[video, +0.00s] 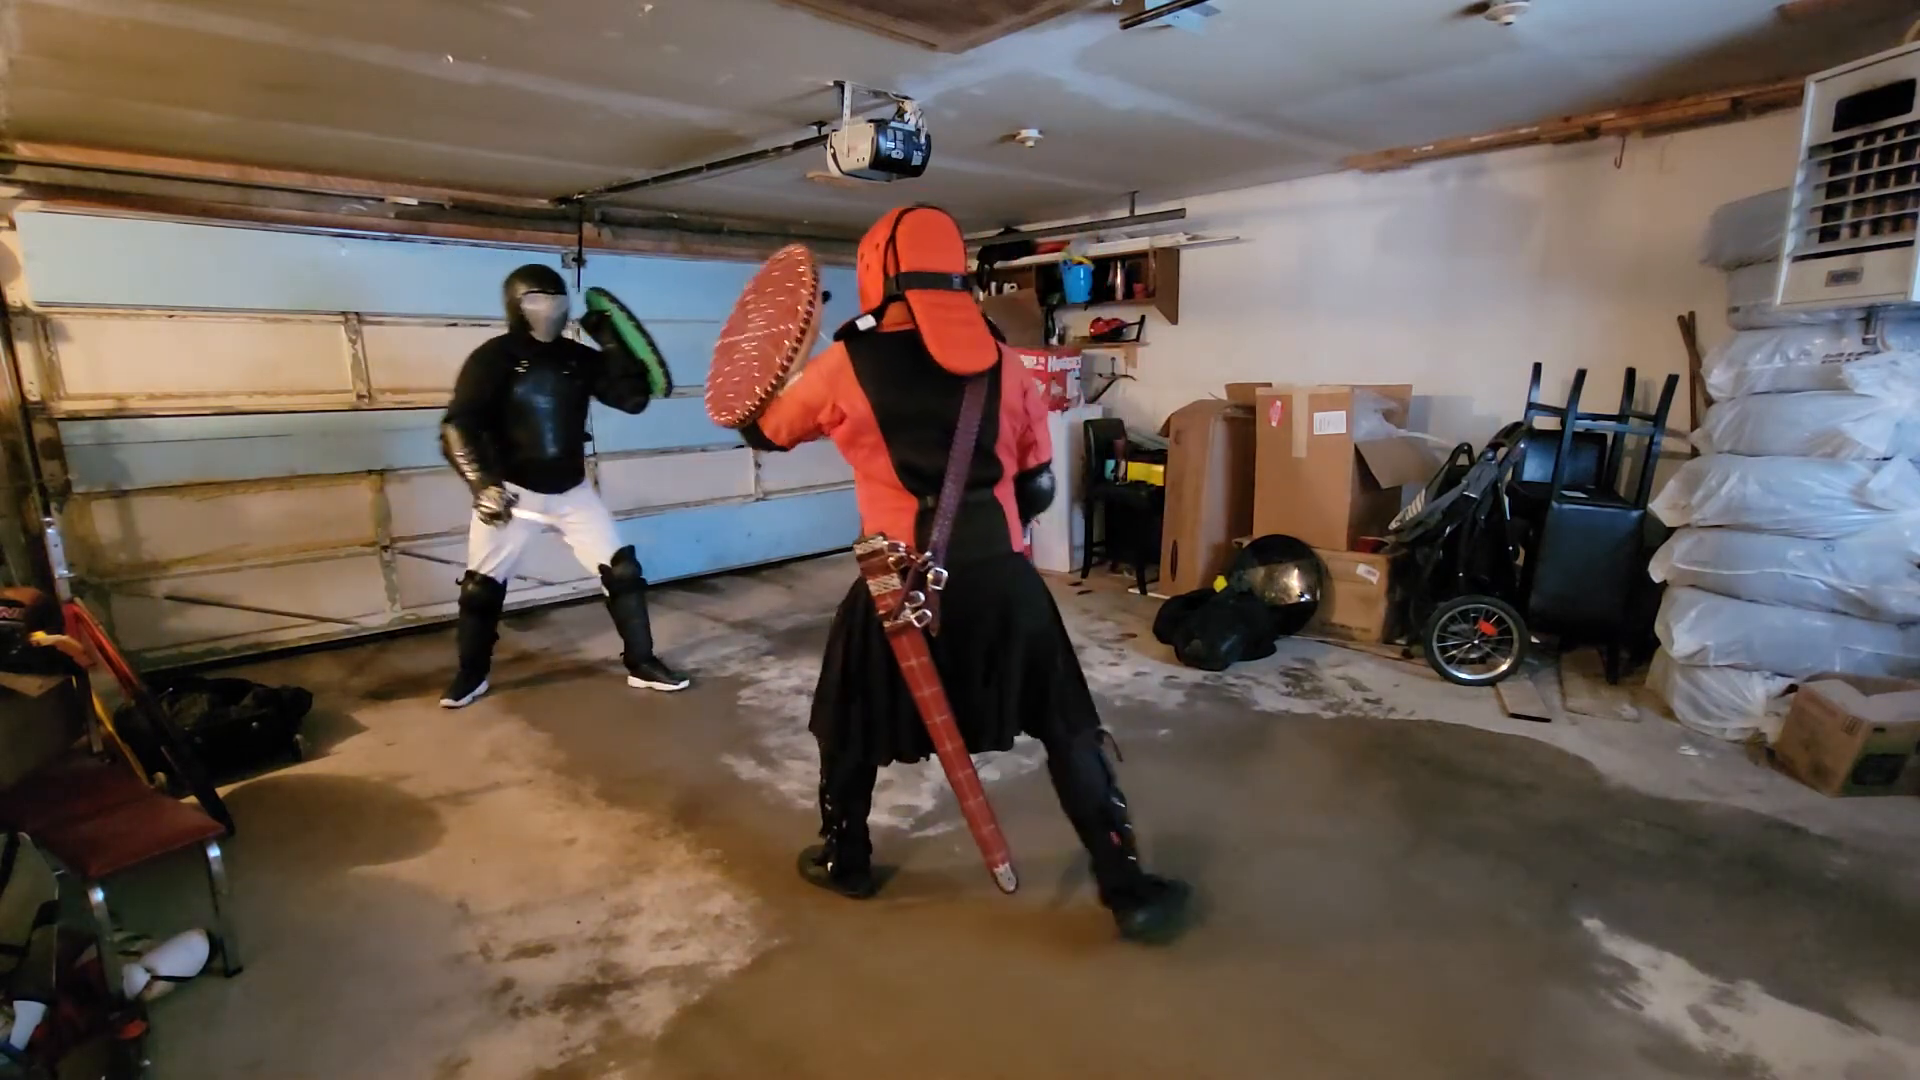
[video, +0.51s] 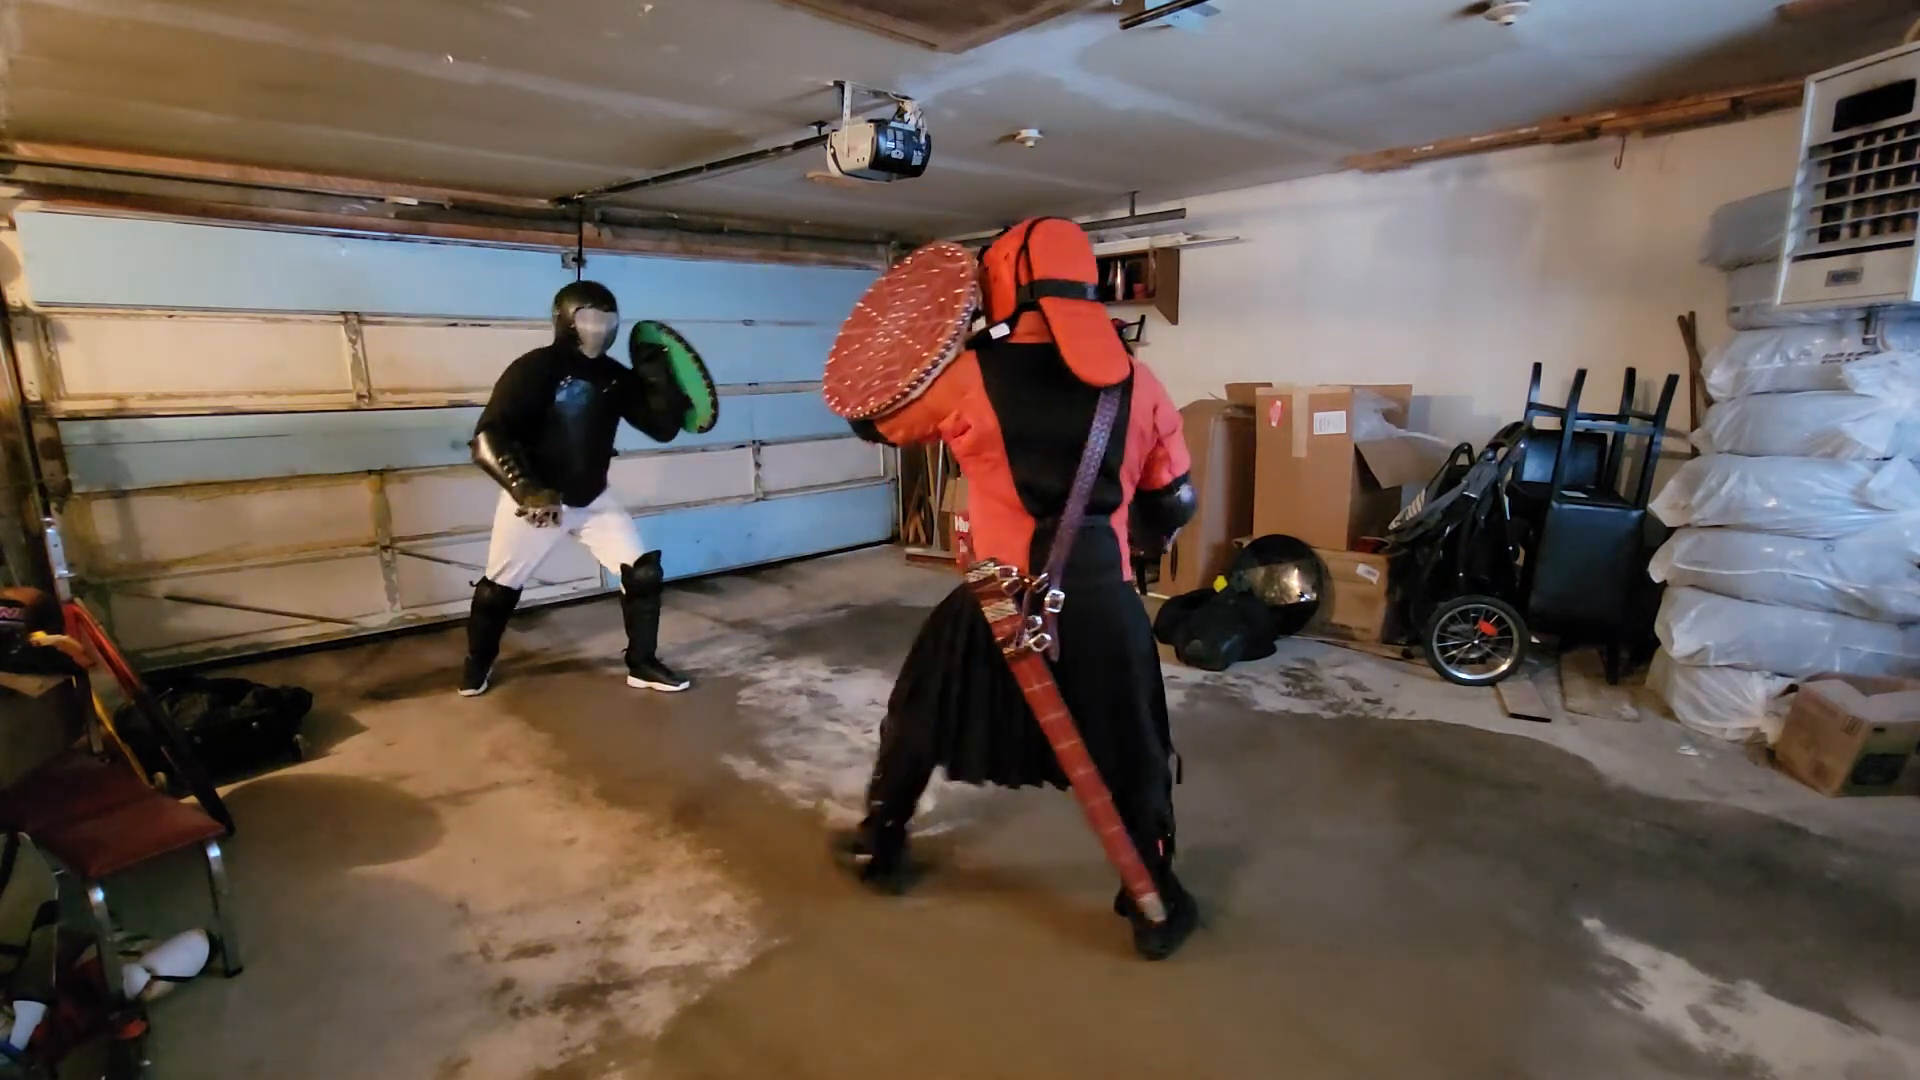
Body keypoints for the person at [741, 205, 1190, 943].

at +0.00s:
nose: (860, 284)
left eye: (865, 272)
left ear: (878, 277)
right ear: (957, 274)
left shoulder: (847, 364)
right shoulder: (1008, 367)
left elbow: (768, 428)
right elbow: (1035, 491)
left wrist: (780, 366)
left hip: (897, 582)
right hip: (999, 576)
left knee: (849, 714)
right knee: (1067, 721)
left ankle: (846, 854)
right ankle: (1127, 886)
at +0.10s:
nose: (877, 296)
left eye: (882, 285)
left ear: (895, 290)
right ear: (974, 283)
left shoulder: (866, 374)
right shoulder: (1027, 374)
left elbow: (788, 426)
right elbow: (1052, 495)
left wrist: (790, 351)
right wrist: (999, 536)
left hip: (914, 587)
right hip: (1015, 583)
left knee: (858, 713)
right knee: (1084, 732)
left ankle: (848, 853)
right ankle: (1142, 900)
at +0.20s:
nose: (902, 305)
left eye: (907, 293)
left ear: (919, 298)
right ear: (1007, 291)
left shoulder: (897, 383)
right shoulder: (1056, 382)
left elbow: (815, 429)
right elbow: (1090, 481)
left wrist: (825, 336)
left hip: (939, 599)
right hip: (1044, 596)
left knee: (870, 719)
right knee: (1105, 738)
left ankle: (850, 857)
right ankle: (1148, 907)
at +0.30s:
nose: (948, 305)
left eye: (951, 293)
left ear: (959, 298)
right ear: (1040, 297)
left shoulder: (927, 384)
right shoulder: (1093, 390)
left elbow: (847, 431)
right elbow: (1132, 509)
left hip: (962, 611)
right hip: (1073, 610)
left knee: (887, 726)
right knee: (1124, 745)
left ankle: (851, 856)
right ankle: (1151, 908)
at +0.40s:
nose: (970, 308)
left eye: (975, 295)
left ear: (985, 299)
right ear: (1069, 295)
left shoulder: (958, 383)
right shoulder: (1121, 387)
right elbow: (1159, 503)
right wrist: (1118, 553)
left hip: (982, 611)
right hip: (1092, 612)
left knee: (911, 726)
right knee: (1134, 753)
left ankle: (858, 853)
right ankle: (1155, 909)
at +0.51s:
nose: (988, 299)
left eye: (993, 286)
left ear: (1004, 291)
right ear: (1087, 289)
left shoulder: (975, 376)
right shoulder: (1135, 383)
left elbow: (884, 424)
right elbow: (1172, 499)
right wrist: (1132, 550)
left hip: (994, 605)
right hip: (1102, 605)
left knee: (919, 714)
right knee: (1133, 748)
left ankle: (880, 839)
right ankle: (1153, 902)